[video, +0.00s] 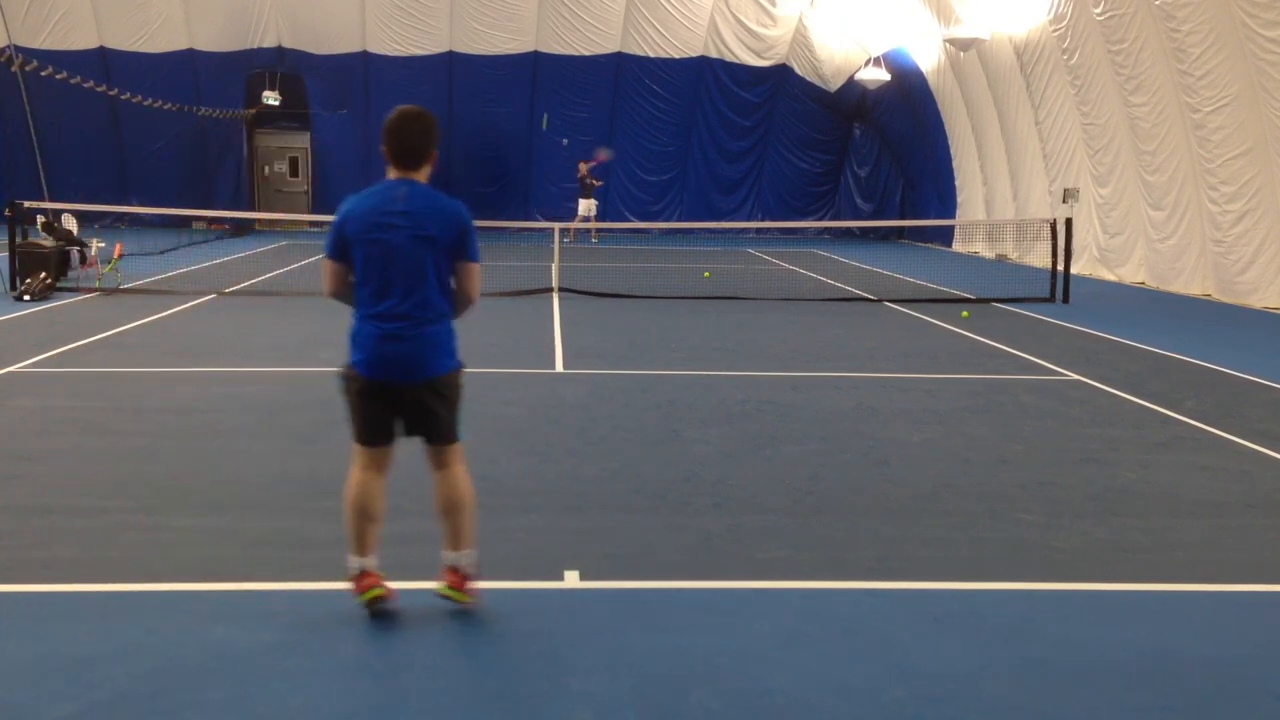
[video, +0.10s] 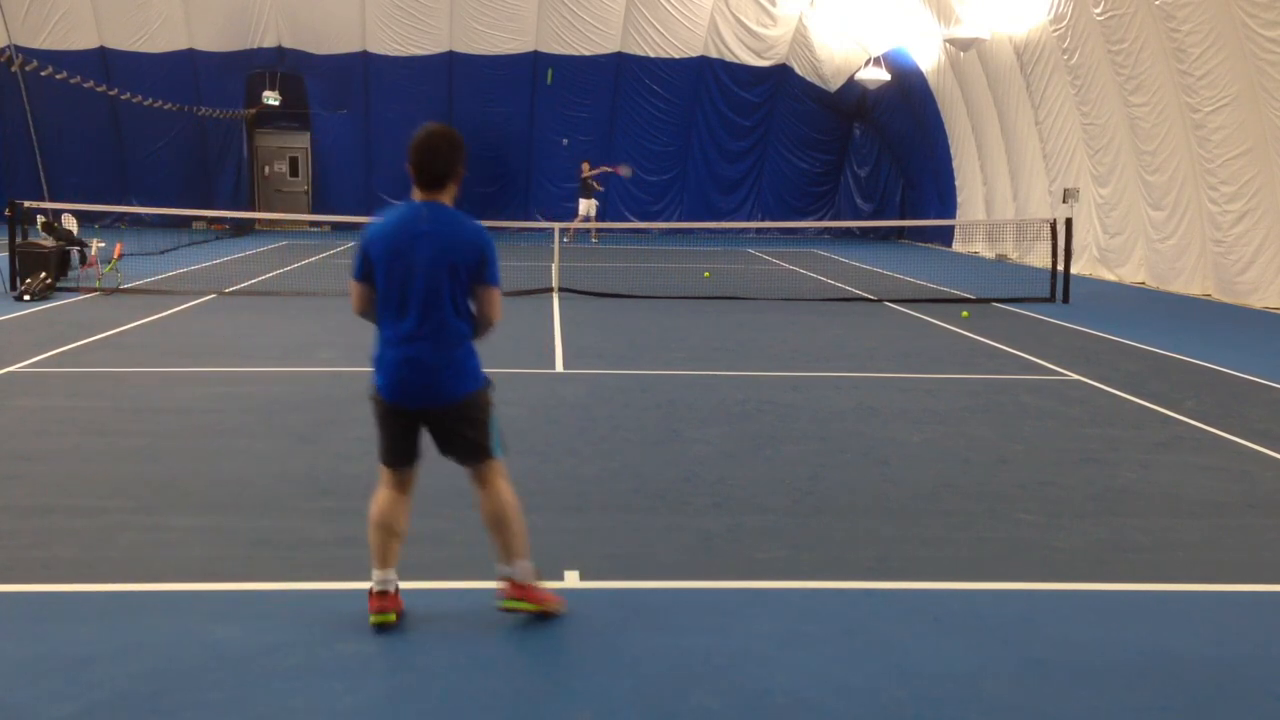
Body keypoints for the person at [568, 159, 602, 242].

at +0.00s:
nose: (583, 168)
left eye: (583, 166)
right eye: (581, 167)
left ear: (586, 168)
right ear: (579, 169)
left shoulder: (589, 177)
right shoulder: (580, 177)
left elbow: (595, 183)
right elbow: (583, 171)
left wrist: (599, 183)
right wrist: (591, 165)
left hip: (590, 199)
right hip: (583, 199)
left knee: (592, 218)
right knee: (580, 216)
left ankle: (593, 235)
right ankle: (571, 234)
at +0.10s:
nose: (585, 168)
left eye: (587, 166)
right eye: (584, 166)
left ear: (589, 167)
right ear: (582, 168)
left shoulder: (590, 178)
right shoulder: (582, 176)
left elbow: (594, 185)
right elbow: (593, 173)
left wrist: (599, 188)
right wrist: (601, 170)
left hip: (591, 199)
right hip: (583, 199)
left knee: (592, 218)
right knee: (581, 217)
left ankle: (593, 235)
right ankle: (570, 234)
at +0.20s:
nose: (588, 168)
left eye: (589, 166)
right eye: (586, 166)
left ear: (591, 167)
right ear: (584, 168)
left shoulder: (591, 177)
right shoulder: (584, 176)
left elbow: (593, 186)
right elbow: (596, 177)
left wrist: (597, 192)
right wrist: (606, 177)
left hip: (591, 199)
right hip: (584, 199)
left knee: (592, 218)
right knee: (581, 217)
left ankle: (593, 236)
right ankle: (569, 233)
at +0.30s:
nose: (589, 168)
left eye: (591, 166)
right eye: (588, 166)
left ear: (593, 167)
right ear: (586, 167)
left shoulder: (591, 178)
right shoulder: (586, 176)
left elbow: (592, 189)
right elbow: (592, 182)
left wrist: (596, 195)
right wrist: (602, 184)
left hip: (592, 199)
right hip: (584, 198)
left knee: (592, 218)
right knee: (582, 217)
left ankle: (593, 235)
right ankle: (568, 233)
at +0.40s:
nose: (591, 168)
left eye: (593, 166)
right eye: (590, 166)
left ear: (594, 167)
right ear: (587, 167)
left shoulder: (591, 177)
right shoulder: (585, 176)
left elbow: (591, 190)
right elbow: (589, 187)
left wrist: (595, 200)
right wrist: (597, 191)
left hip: (591, 199)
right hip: (584, 199)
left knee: (592, 217)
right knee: (582, 217)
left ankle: (593, 235)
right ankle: (568, 233)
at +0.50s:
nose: (591, 169)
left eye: (593, 167)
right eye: (590, 167)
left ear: (594, 169)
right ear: (587, 168)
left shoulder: (591, 178)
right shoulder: (584, 177)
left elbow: (589, 191)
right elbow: (583, 189)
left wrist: (593, 200)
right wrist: (593, 194)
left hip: (589, 199)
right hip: (582, 199)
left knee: (591, 218)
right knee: (581, 217)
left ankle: (593, 235)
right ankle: (568, 233)